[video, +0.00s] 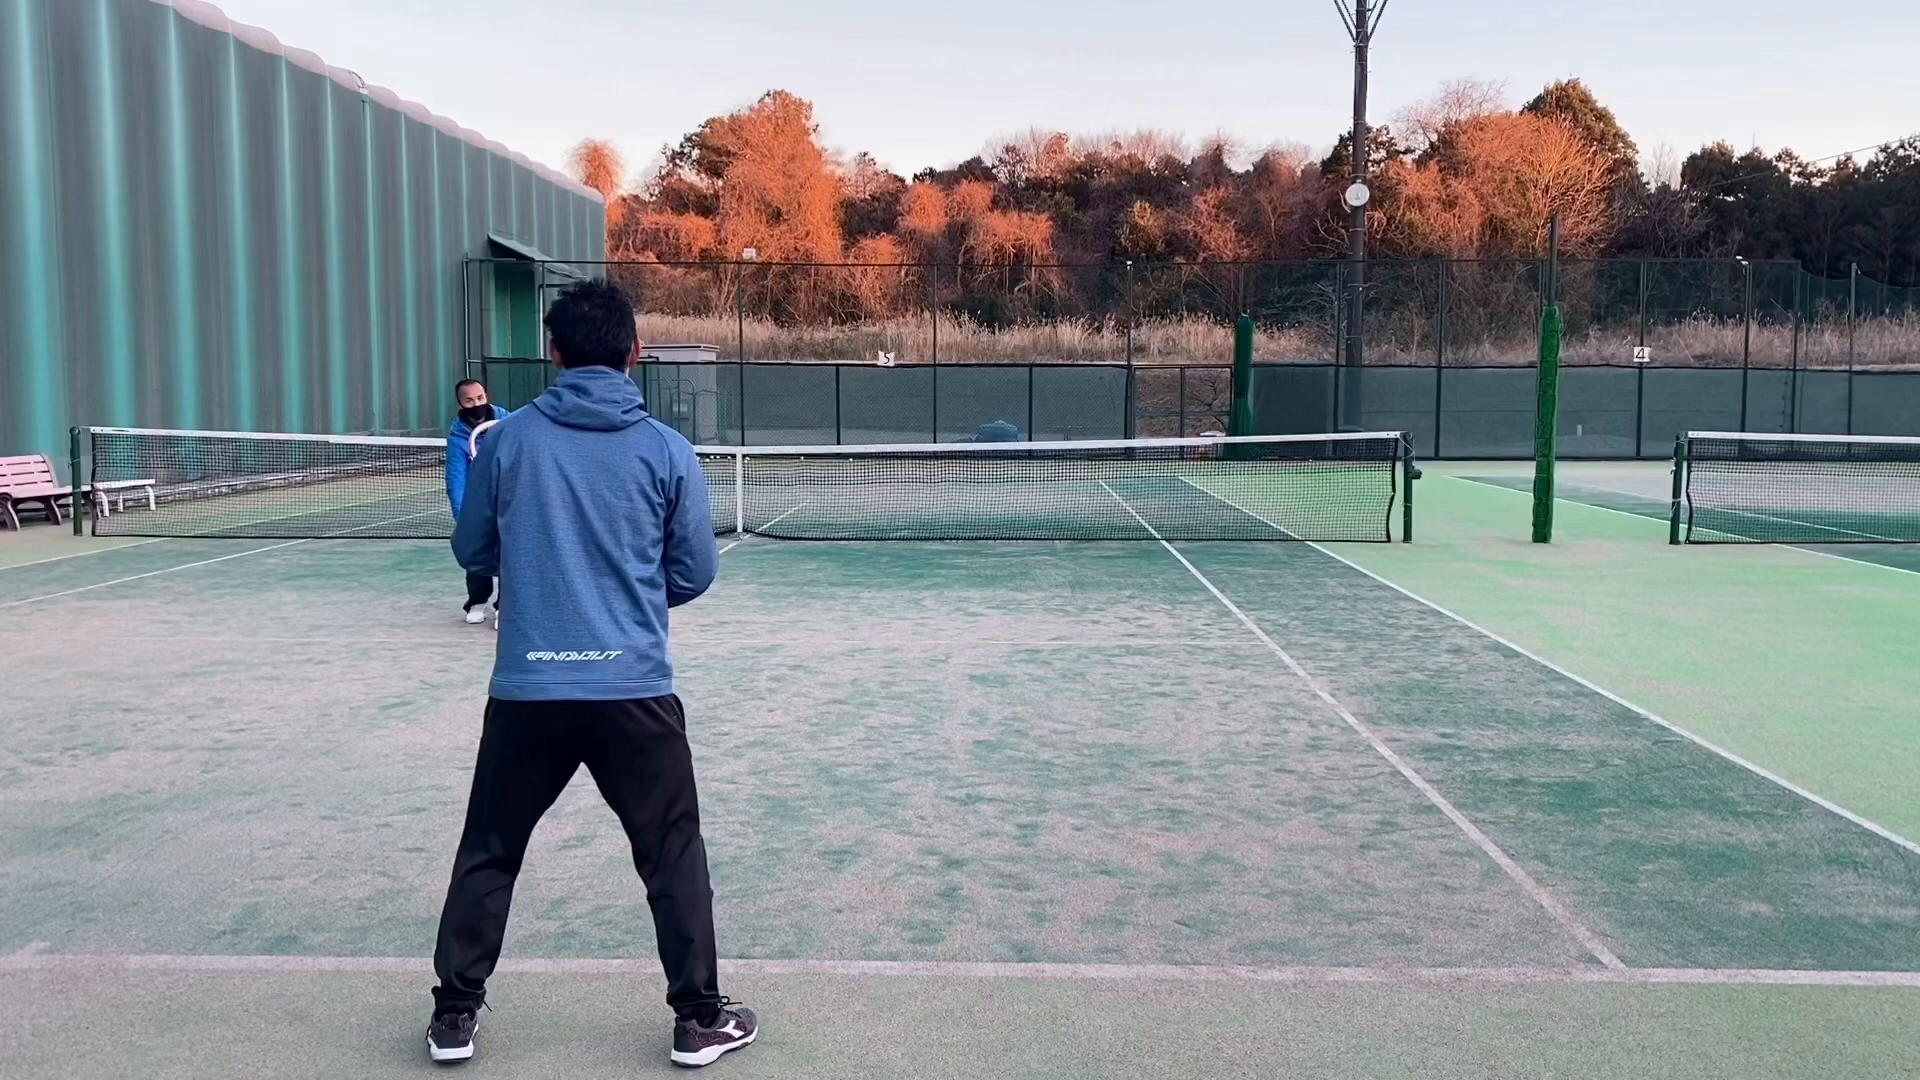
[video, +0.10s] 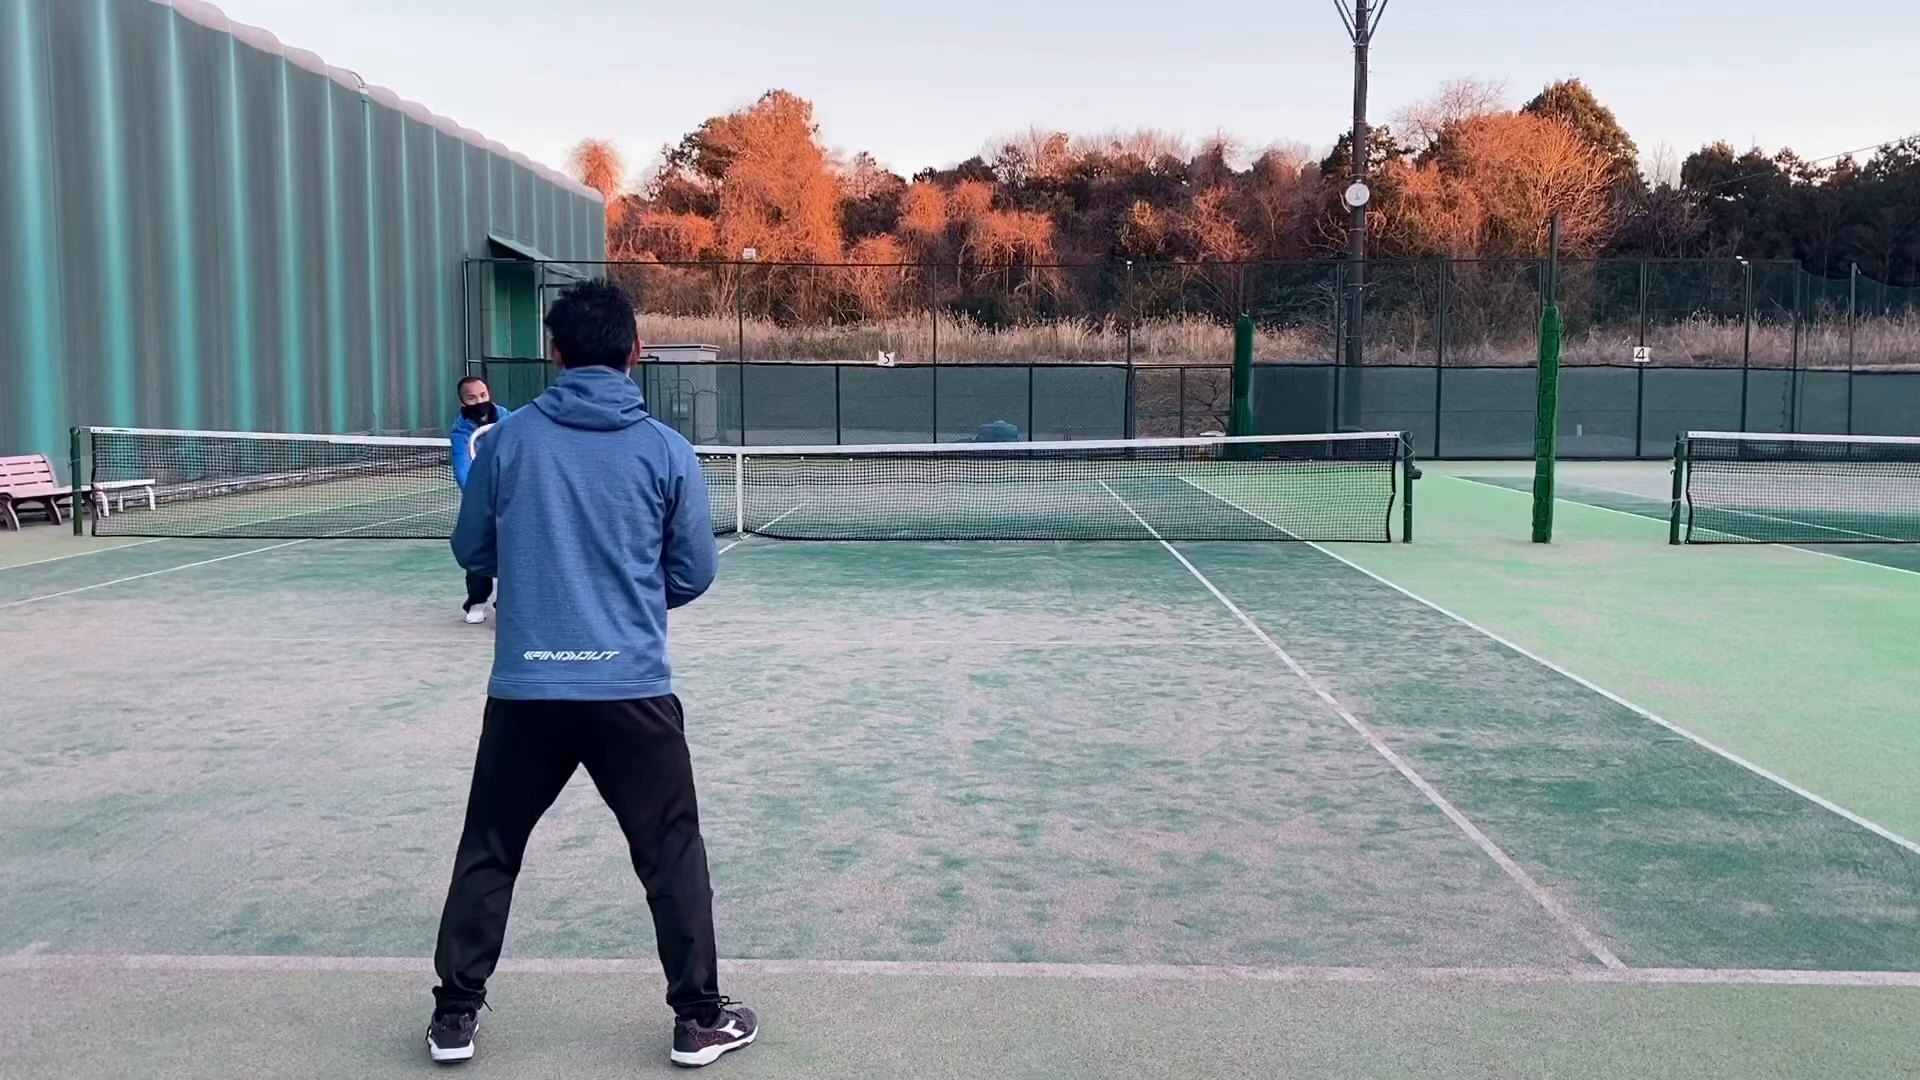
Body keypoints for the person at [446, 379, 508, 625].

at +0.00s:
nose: (475, 404)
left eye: (479, 398)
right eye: (468, 401)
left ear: (486, 396)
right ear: (460, 404)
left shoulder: (505, 419)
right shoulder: (458, 433)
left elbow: (520, 454)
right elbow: (456, 474)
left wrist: (521, 491)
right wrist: (461, 511)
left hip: (508, 492)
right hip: (476, 499)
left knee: (507, 550)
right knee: (476, 550)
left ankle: (503, 604)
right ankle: (477, 603)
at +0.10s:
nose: (478, 401)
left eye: (482, 395)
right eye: (471, 398)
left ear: (488, 393)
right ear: (462, 401)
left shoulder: (505, 416)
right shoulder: (461, 431)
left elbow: (520, 444)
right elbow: (463, 469)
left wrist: (520, 477)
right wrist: (476, 493)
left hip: (511, 485)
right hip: (480, 492)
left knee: (509, 544)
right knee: (479, 546)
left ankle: (506, 599)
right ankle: (476, 603)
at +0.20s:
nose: (484, 396)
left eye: (487, 390)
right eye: (476, 393)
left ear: (493, 390)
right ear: (467, 397)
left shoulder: (508, 414)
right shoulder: (465, 417)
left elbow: (522, 434)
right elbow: (464, 435)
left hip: (510, 488)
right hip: (479, 491)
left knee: (510, 545)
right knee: (478, 547)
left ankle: (507, 599)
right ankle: (475, 602)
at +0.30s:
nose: (490, 391)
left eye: (493, 386)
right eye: (482, 388)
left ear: (499, 387)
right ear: (471, 392)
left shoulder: (512, 415)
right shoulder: (468, 416)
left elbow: (528, 444)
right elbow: (470, 426)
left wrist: (529, 479)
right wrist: (489, 408)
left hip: (514, 491)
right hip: (482, 493)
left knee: (510, 554)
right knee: (481, 553)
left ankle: (503, 606)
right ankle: (471, 601)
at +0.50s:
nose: (497, 390)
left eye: (500, 385)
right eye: (490, 385)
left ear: (504, 386)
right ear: (476, 388)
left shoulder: (512, 415)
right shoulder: (468, 415)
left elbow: (528, 448)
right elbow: (468, 441)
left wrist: (527, 470)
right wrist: (505, 432)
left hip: (511, 496)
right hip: (481, 496)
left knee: (511, 557)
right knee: (478, 557)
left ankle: (504, 608)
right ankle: (471, 608)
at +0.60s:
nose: (497, 391)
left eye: (500, 386)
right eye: (491, 387)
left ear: (504, 387)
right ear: (477, 389)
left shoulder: (511, 415)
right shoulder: (468, 420)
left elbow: (522, 450)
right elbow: (473, 459)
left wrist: (528, 468)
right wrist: (517, 465)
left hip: (513, 497)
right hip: (483, 499)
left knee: (513, 556)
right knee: (480, 557)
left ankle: (506, 607)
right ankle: (471, 607)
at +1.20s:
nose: (527, 395)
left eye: (529, 391)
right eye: (520, 391)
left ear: (530, 391)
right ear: (506, 391)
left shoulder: (523, 417)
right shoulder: (494, 422)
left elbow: (528, 457)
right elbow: (502, 464)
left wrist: (543, 478)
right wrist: (539, 485)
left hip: (525, 500)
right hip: (498, 501)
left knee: (538, 554)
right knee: (487, 558)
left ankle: (541, 607)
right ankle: (465, 609)